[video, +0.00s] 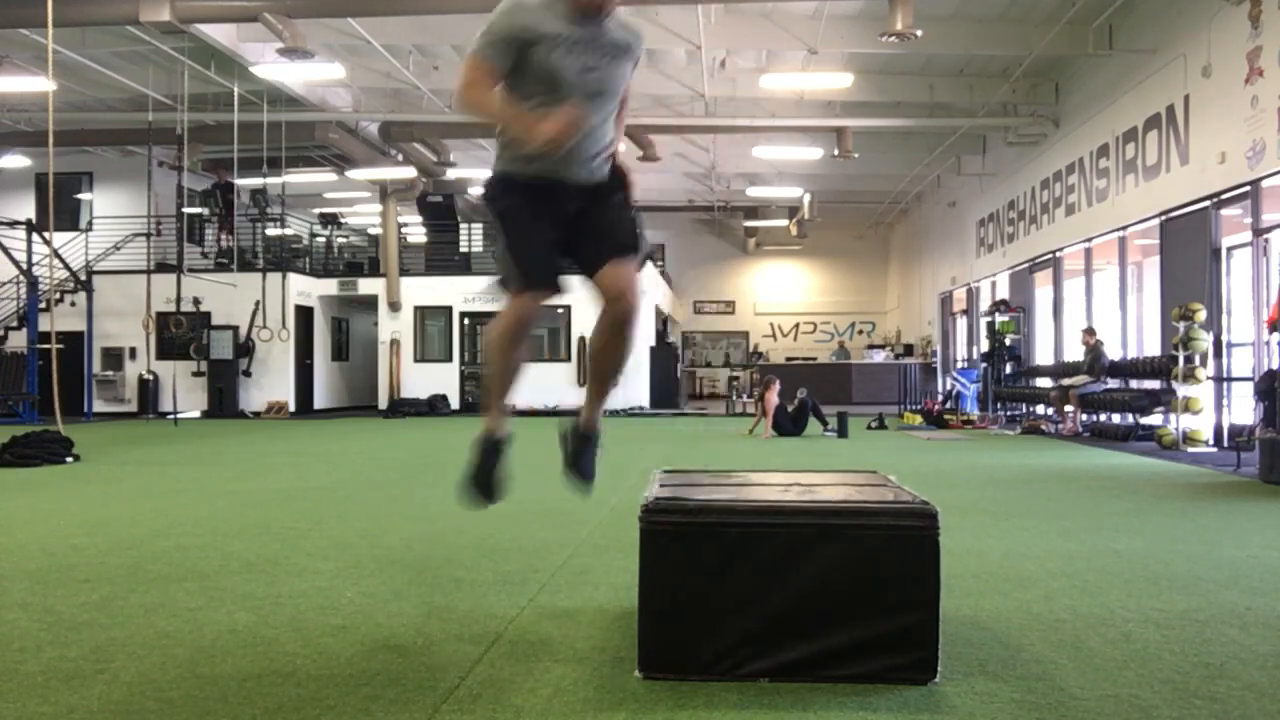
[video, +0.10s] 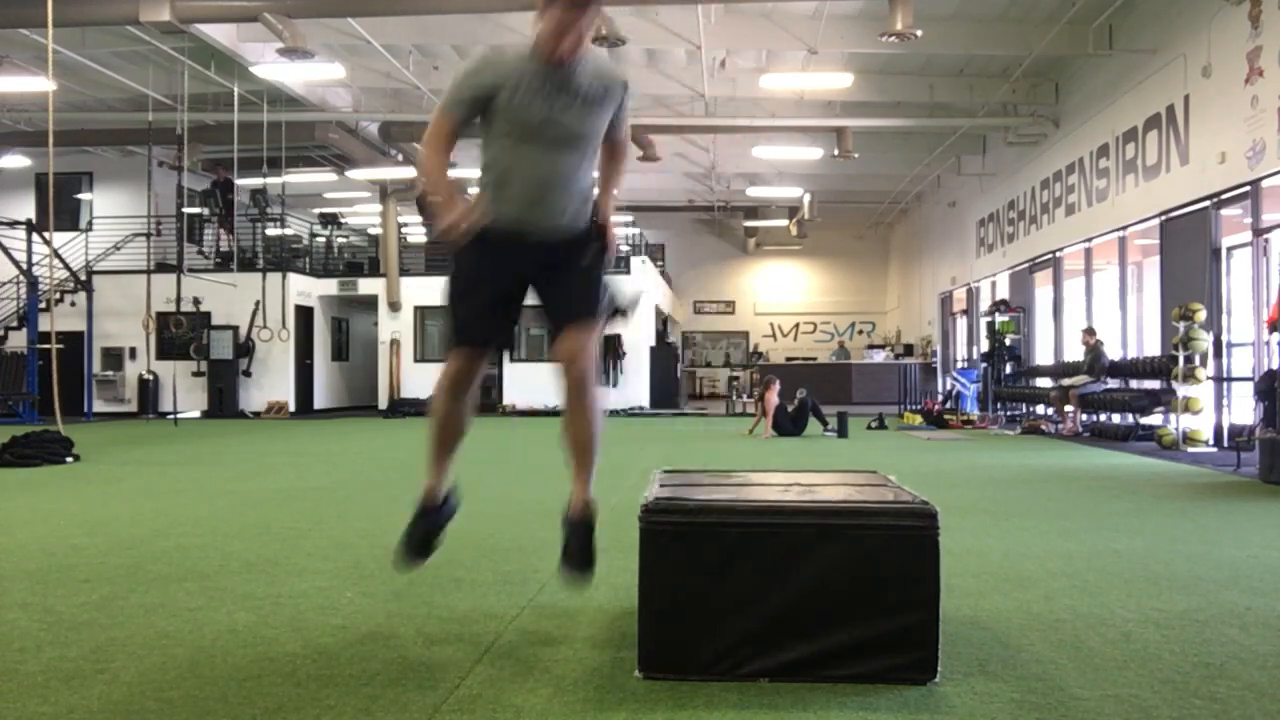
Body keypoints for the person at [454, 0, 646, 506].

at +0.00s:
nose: (607, 2)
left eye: (614, 0)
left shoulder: (627, 39)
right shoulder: (521, 17)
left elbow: (615, 104)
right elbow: (471, 91)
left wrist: (617, 154)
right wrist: (530, 125)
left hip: (595, 188)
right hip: (524, 186)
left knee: (625, 297)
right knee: (526, 302)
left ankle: (588, 424)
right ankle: (492, 432)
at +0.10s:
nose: (565, 34)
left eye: (579, 23)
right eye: (559, 19)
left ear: (596, 25)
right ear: (539, 14)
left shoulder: (610, 86)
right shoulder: (493, 69)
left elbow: (617, 147)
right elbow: (434, 142)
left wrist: (605, 204)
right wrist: (445, 205)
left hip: (570, 243)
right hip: (494, 238)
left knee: (581, 366)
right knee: (461, 368)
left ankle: (581, 506)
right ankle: (434, 495)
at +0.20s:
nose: (523, 122)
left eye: (533, 112)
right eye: (516, 110)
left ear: (551, 117)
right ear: (499, 111)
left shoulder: (578, 175)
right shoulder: (460, 161)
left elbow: (618, 231)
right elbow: (404, 214)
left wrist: (607, 313)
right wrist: (382, 284)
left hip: (543, 330)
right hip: (468, 324)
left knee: (538, 449)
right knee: (425, 448)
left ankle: (537, 584)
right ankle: (401, 570)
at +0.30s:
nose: (479, 206)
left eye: (491, 194)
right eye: (472, 193)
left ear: (513, 196)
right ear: (460, 195)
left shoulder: (549, 254)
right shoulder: (438, 244)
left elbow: (609, 305)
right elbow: (392, 282)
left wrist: (612, 376)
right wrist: (366, 334)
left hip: (528, 386)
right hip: (455, 381)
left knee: (514, 479)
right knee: (397, 486)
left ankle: (531, 591)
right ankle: (407, 588)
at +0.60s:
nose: (445, 269)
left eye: (455, 257)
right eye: (436, 258)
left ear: (480, 259)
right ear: (426, 261)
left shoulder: (522, 317)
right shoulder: (411, 312)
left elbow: (579, 366)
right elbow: (398, 348)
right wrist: (390, 406)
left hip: (523, 413)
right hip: (449, 413)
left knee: (510, 483)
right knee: (388, 496)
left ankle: (530, 591)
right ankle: (410, 590)